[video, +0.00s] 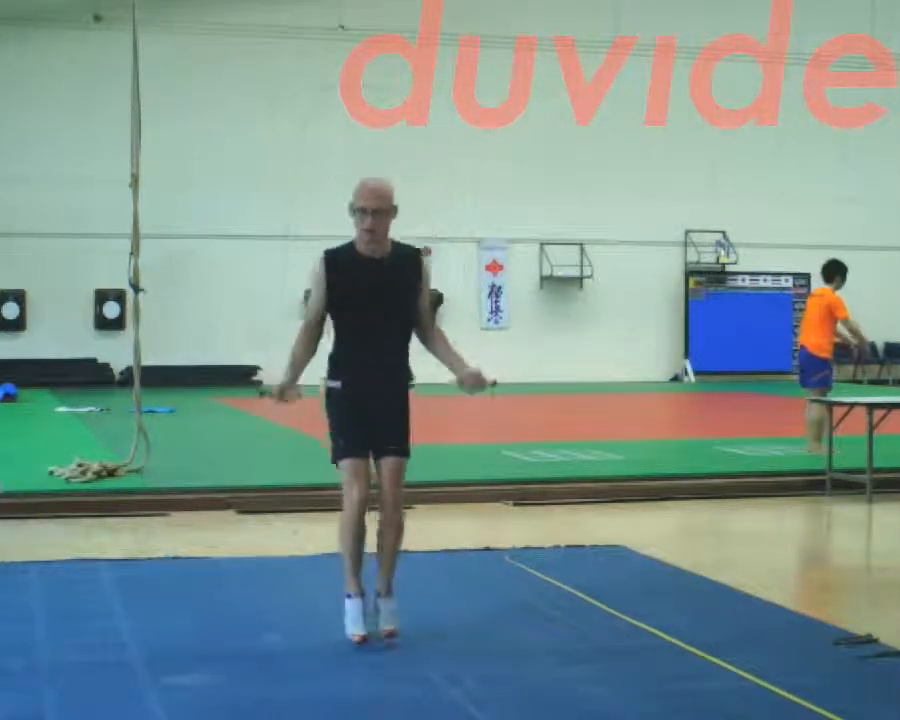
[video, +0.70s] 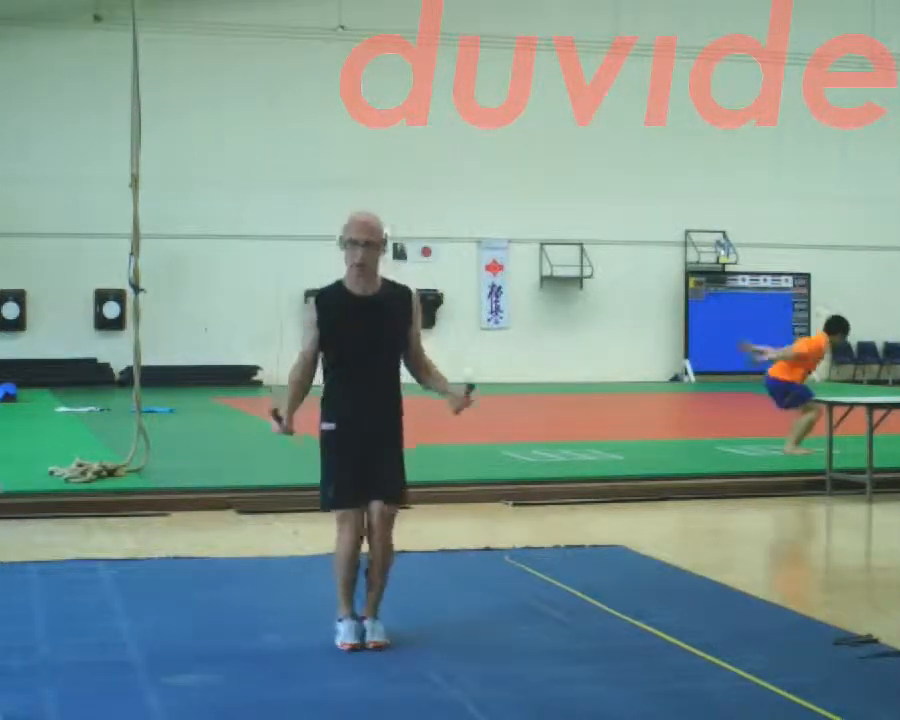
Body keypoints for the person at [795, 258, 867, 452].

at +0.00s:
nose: (843, 282)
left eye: (844, 278)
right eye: (843, 278)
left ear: (825, 276)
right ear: (838, 277)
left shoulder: (815, 296)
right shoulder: (832, 298)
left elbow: (829, 328)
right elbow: (848, 324)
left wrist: (849, 342)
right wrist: (863, 339)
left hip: (807, 348)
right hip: (819, 351)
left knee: (814, 397)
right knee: (819, 398)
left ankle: (813, 443)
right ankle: (815, 444)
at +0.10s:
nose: (847, 287)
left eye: (847, 283)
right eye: (847, 282)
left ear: (829, 279)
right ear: (841, 282)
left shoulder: (816, 297)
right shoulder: (831, 301)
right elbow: (842, 333)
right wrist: (856, 358)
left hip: (805, 349)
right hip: (818, 353)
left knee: (816, 397)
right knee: (824, 398)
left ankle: (816, 441)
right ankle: (818, 443)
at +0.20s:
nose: (850, 291)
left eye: (851, 287)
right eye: (850, 286)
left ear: (833, 282)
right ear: (845, 285)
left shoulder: (818, 299)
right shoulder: (832, 302)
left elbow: (803, 320)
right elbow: (829, 326)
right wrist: (829, 351)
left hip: (805, 351)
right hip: (818, 354)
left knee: (817, 398)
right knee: (823, 398)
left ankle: (817, 441)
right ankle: (818, 442)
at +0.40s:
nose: (851, 300)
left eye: (853, 296)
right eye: (852, 295)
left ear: (837, 286)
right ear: (847, 292)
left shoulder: (817, 292)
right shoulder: (833, 299)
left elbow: (797, 285)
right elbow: (819, 284)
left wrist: (786, 270)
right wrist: (801, 270)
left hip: (792, 341)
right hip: (800, 347)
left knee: (809, 392)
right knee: (810, 393)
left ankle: (807, 437)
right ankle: (807, 439)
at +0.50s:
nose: (848, 318)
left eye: (850, 314)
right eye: (849, 313)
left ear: (837, 302)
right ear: (843, 308)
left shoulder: (815, 303)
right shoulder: (826, 309)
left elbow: (801, 289)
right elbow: (809, 289)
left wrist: (793, 272)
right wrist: (796, 272)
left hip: (785, 350)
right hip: (794, 355)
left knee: (805, 401)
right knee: (806, 402)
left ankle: (793, 443)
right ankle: (793, 444)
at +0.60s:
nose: (845, 340)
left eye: (847, 337)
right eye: (845, 336)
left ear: (833, 326)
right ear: (840, 334)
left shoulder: (812, 329)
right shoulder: (824, 335)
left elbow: (796, 316)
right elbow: (801, 316)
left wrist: (785, 299)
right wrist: (786, 299)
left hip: (775, 366)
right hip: (786, 372)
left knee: (805, 407)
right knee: (810, 407)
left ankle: (792, 443)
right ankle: (793, 444)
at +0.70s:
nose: (842, 341)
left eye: (844, 337)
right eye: (843, 337)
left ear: (827, 329)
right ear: (837, 334)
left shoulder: (812, 341)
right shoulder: (819, 345)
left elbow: (785, 351)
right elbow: (793, 354)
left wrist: (757, 349)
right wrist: (770, 356)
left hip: (776, 377)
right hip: (783, 380)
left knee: (812, 409)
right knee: (815, 409)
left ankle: (792, 444)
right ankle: (792, 445)